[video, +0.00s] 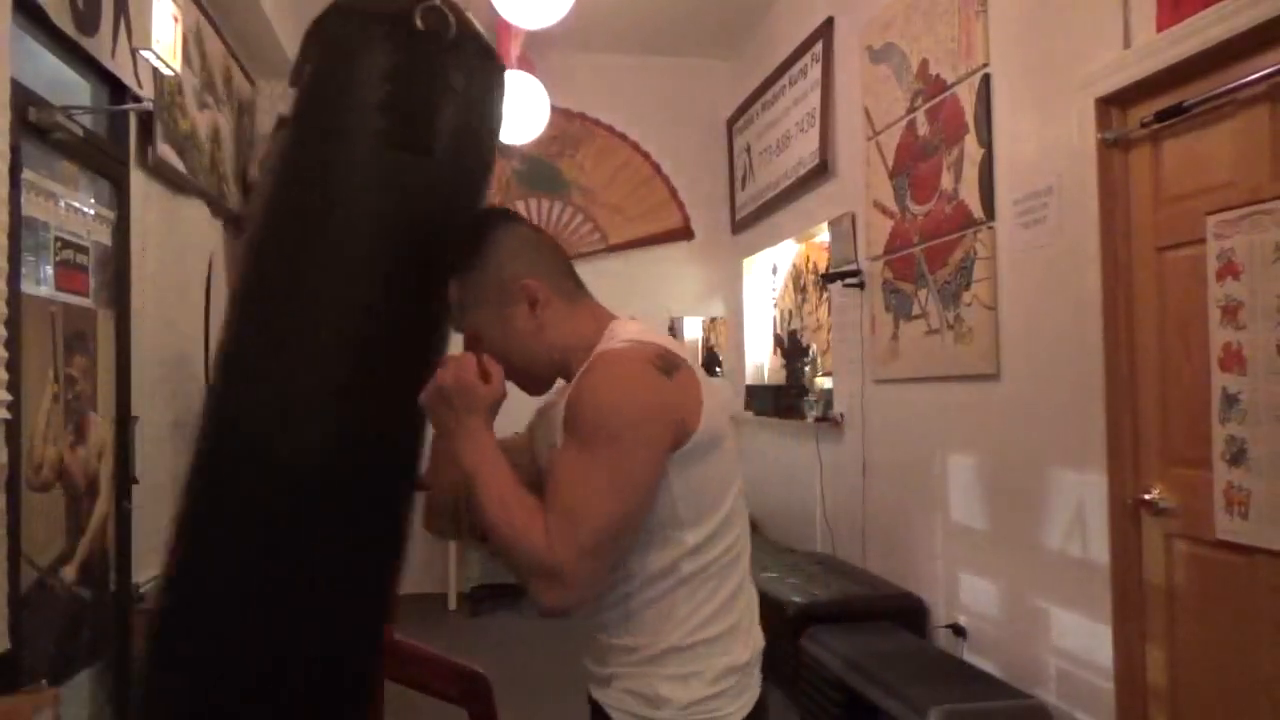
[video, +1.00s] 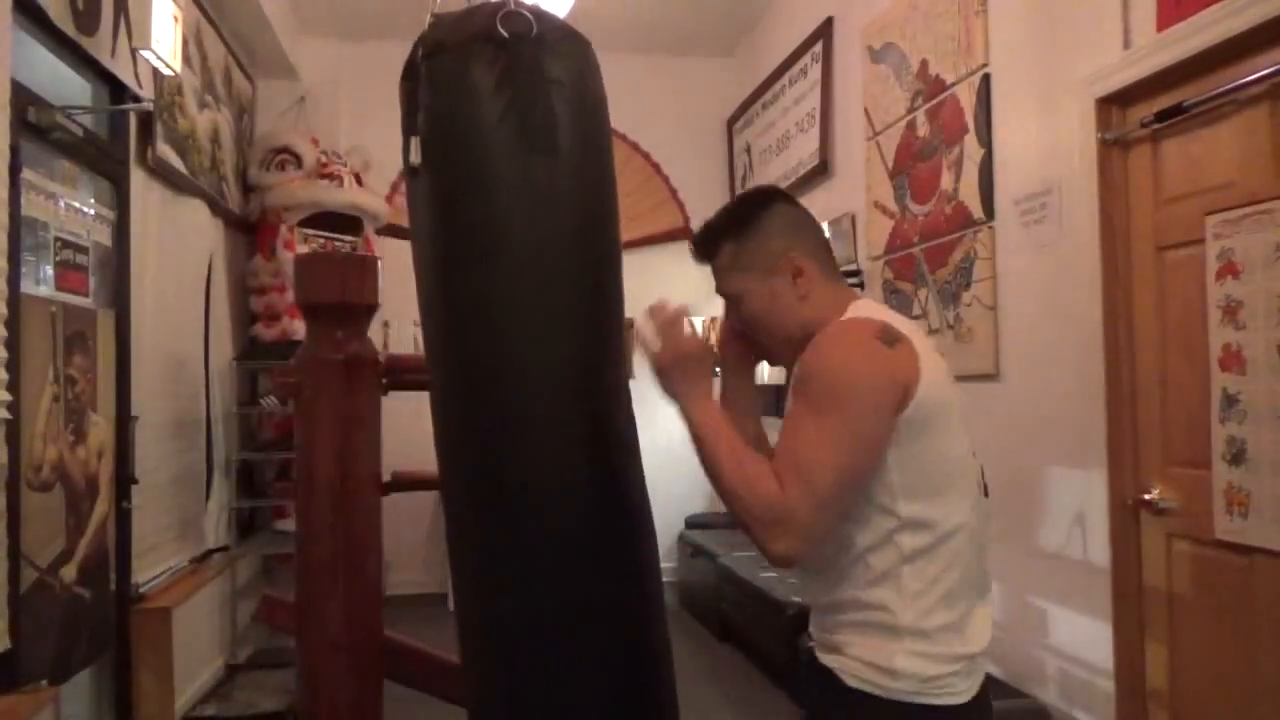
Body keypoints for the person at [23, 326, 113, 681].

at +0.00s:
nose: (70, 390)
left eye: (75, 382)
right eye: (65, 383)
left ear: (91, 385)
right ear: (60, 389)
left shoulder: (104, 430)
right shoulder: (64, 436)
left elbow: (106, 501)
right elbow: (38, 480)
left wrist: (76, 563)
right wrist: (47, 405)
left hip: (103, 551)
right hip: (74, 549)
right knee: (31, 603)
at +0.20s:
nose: (71, 392)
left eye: (76, 383)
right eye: (65, 384)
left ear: (90, 386)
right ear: (59, 391)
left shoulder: (105, 431)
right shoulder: (62, 436)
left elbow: (105, 503)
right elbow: (38, 481)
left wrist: (75, 563)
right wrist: (46, 403)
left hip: (104, 552)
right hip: (73, 551)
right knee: (28, 606)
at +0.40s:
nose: (70, 391)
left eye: (76, 383)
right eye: (65, 384)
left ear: (90, 387)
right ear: (59, 392)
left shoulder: (105, 431)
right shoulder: (61, 437)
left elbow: (105, 502)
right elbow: (38, 481)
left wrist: (76, 562)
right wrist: (45, 406)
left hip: (106, 546)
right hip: (76, 547)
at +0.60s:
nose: (69, 390)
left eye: (75, 381)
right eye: (64, 382)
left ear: (91, 383)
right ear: (60, 387)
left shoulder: (105, 431)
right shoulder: (62, 437)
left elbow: (104, 501)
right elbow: (38, 480)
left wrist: (76, 562)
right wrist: (44, 401)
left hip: (104, 553)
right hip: (74, 551)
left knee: (102, 634)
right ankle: (57, 687)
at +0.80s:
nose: (70, 390)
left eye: (75, 381)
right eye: (64, 382)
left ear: (91, 383)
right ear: (60, 387)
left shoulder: (105, 431)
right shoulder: (63, 434)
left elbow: (104, 501)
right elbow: (37, 479)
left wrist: (76, 562)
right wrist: (46, 400)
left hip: (102, 553)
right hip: (73, 551)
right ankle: (54, 685)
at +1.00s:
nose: (69, 390)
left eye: (75, 381)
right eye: (64, 383)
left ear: (91, 382)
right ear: (60, 387)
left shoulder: (104, 431)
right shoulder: (62, 433)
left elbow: (104, 501)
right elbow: (38, 480)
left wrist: (76, 561)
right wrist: (45, 400)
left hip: (101, 550)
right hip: (72, 548)